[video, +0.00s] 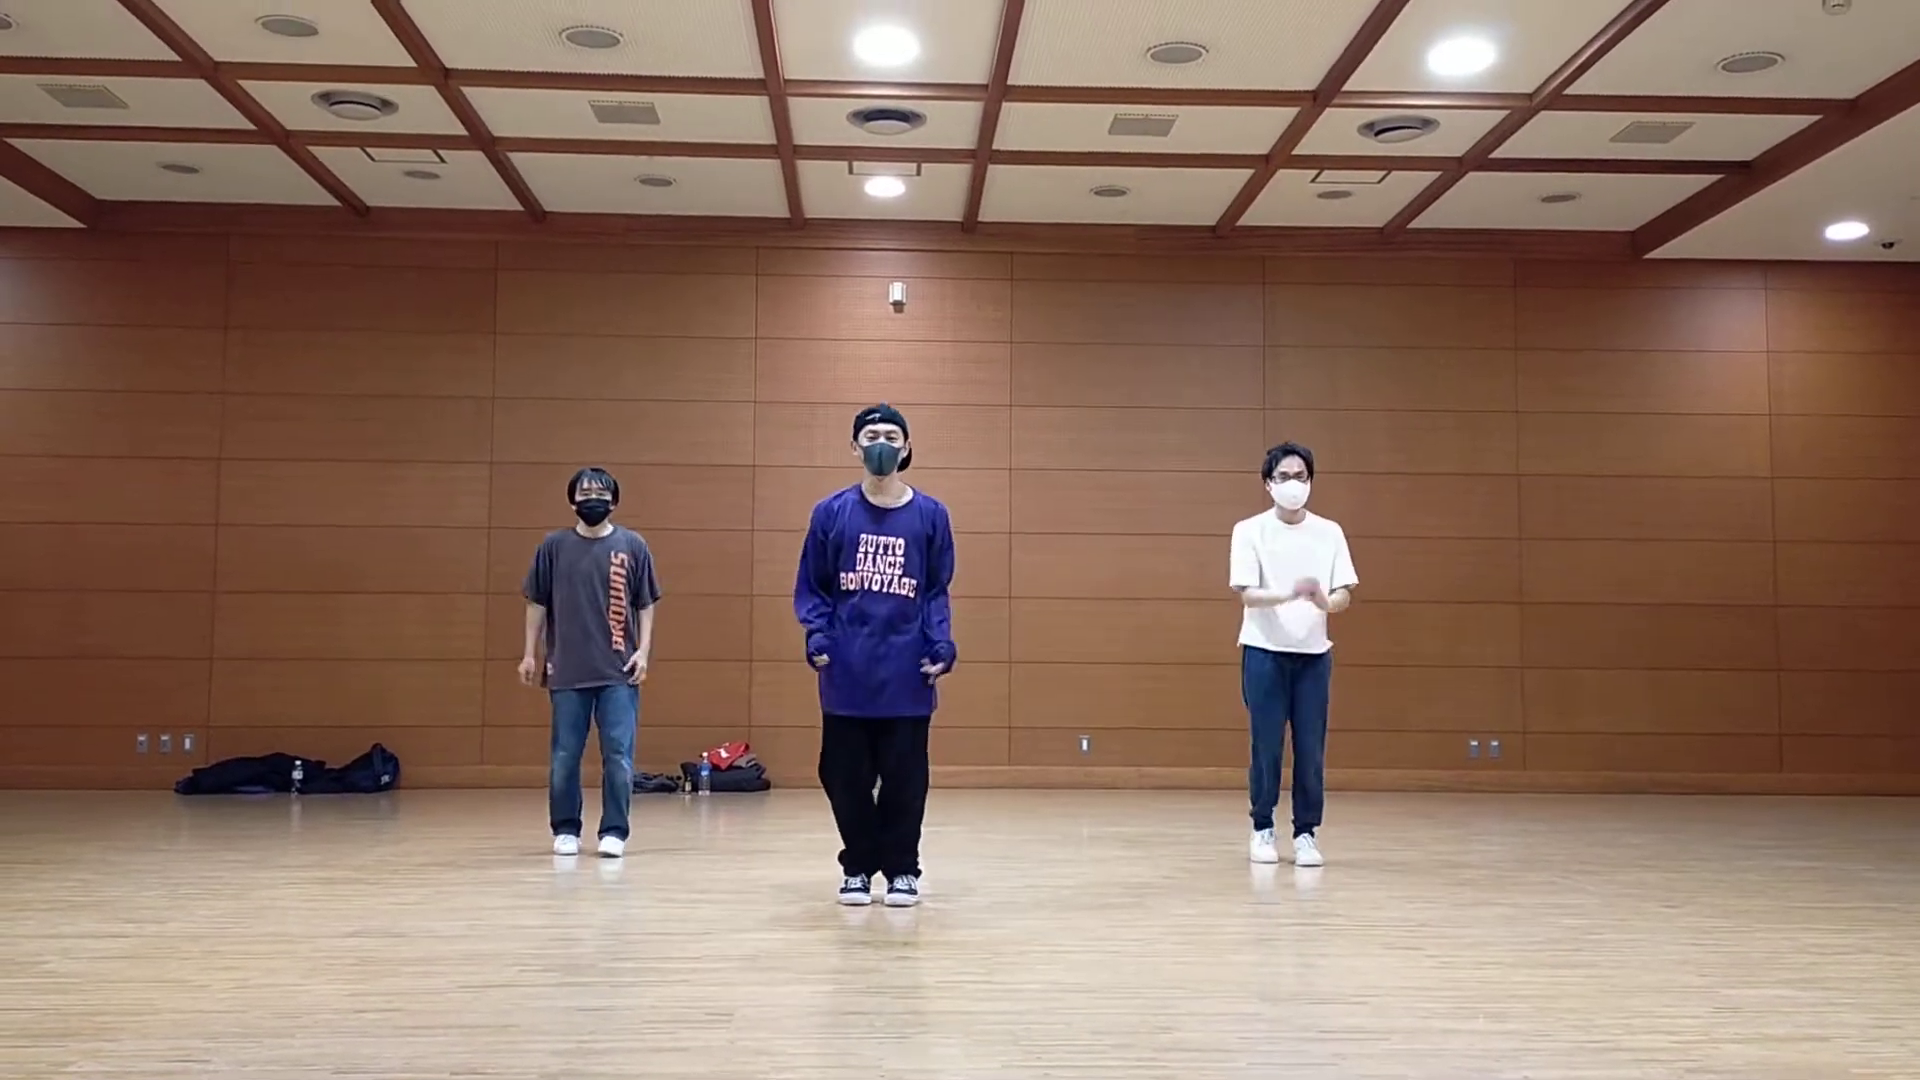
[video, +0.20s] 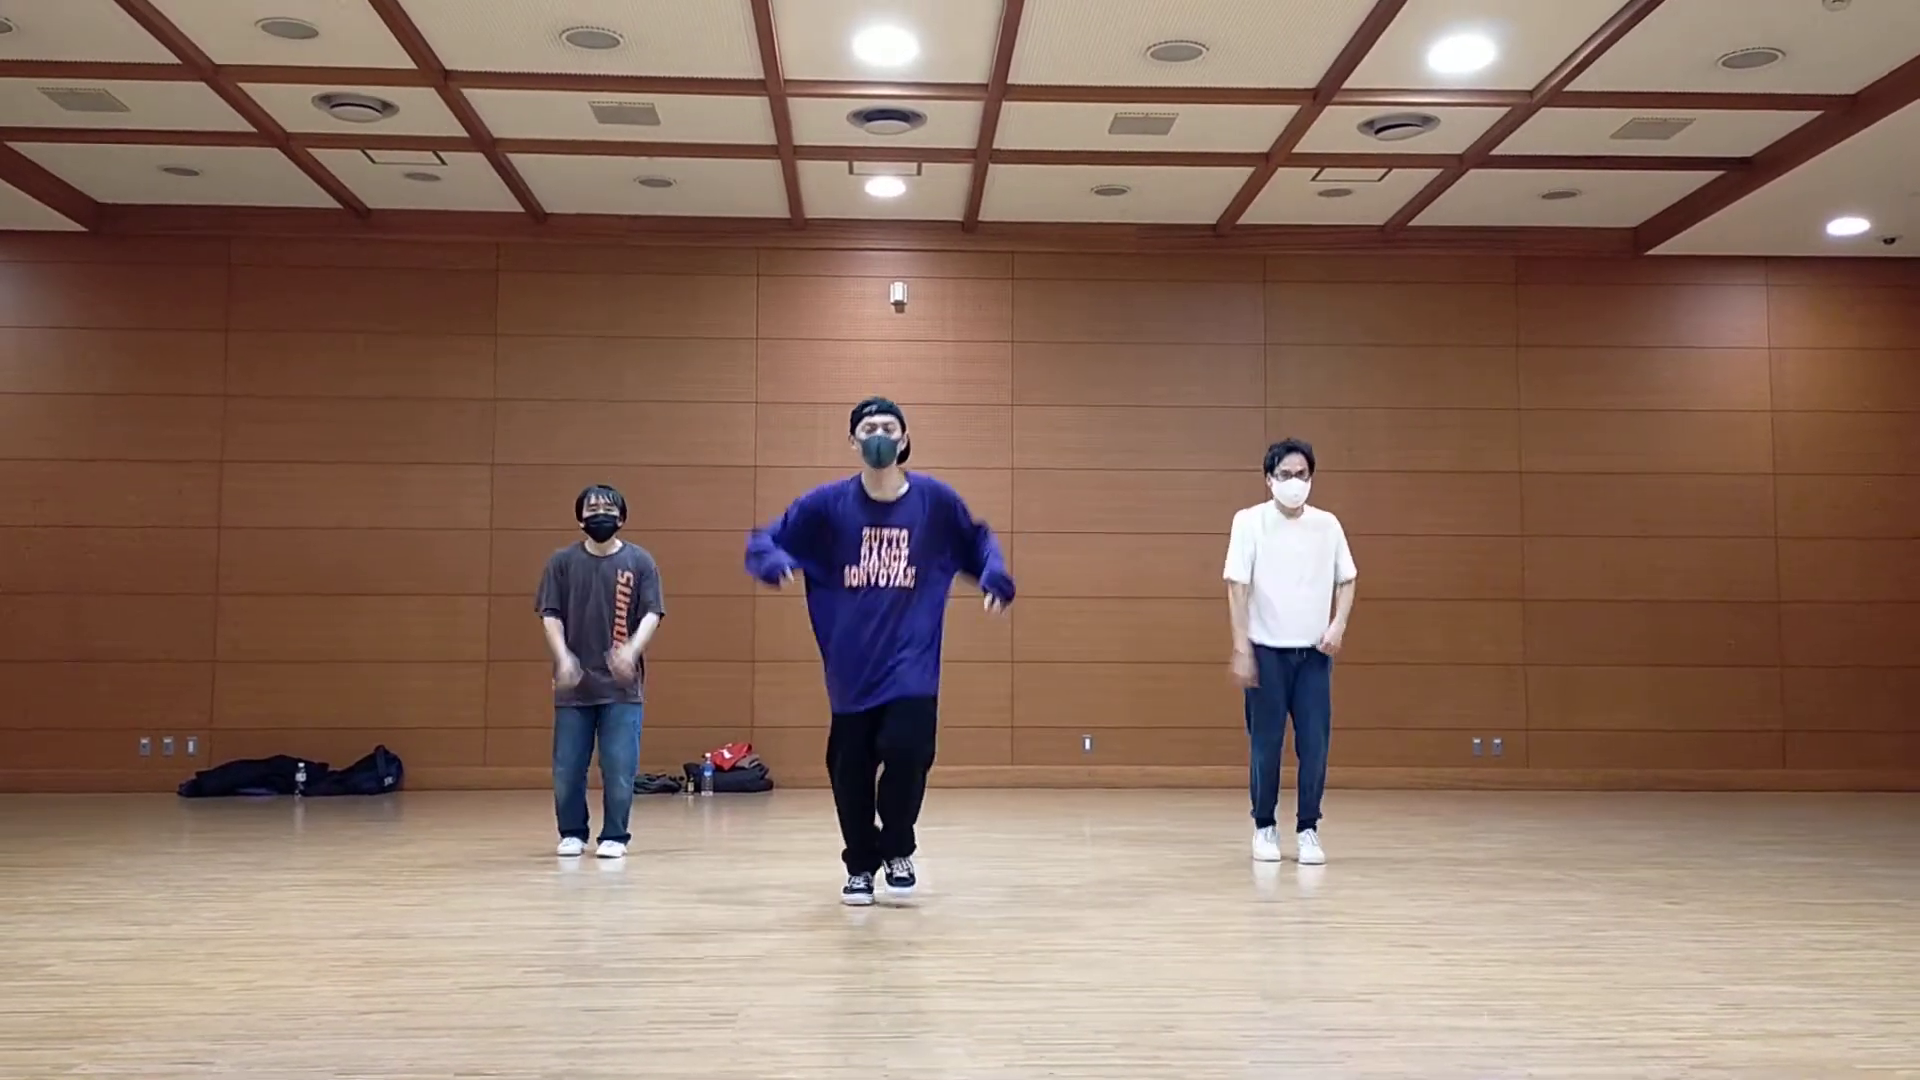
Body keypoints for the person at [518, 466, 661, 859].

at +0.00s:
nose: (592, 500)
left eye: (599, 494)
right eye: (585, 494)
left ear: (611, 500)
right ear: (574, 500)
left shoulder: (633, 546)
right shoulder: (553, 546)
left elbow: (645, 603)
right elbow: (536, 603)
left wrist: (643, 649)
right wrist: (530, 654)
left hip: (617, 669)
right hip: (567, 669)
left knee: (618, 754)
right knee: (565, 754)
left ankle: (613, 833)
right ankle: (565, 831)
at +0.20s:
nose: (599, 514)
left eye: (607, 508)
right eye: (592, 508)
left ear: (620, 516)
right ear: (581, 517)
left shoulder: (639, 561)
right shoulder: (561, 562)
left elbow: (652, 613)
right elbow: (550, 615)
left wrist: (631, 651)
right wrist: (563, 657)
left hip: (621, 684)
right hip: (574, 682)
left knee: (618, 764)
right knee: (567, 765)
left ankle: (614, 837)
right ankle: (572, 834)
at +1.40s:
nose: (598, 477)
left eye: (607, 470)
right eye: (590, 470)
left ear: (622, 479)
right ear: (578, 480)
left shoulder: (644, 522)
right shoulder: (558, 523)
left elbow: (674, 576)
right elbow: (531, 577)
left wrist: (671, 560)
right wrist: (563, 579)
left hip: (632, 661)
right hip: (574, 661)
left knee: (650, 747)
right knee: (554, 752)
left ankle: (660, 846)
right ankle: (540, 848)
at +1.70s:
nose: (591, 518)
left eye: (599, 511)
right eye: (584, 512)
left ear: (616, 521)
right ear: (571, 523)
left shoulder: (640, 570)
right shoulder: (550, 569)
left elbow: (681, 604)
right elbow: (509, 610)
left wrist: (733, 609)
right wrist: (452, 629)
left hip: (625, 706)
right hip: (566, 706)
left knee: (657, 778)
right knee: (535, 783)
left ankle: (695, 858)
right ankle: (502, 864)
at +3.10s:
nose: (753, 530)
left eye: (761, 523)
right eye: (745, 524)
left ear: (775, 529)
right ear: (734, 533)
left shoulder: (799, 574)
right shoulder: (723, 583)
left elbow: (830, 629)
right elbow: (717, 635)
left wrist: (835, 679)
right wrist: (727, 665)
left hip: (794, 696)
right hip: (751, 702)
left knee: (781, 770)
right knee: (783, 780)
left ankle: (833, 849)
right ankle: (841, 846)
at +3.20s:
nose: (755, 516)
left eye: (763, 508)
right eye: (747, 510)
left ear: (779, 516)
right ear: (737, 520)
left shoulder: (798, 563)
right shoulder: (730, 569)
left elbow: (812, 625)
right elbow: (730, 626)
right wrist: (728, 671)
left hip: (797, 689)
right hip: (755, 692)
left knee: (796, 772)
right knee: (783, 781)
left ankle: (847, 853)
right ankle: (835, 850)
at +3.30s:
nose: (744, 504)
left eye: (752, 496)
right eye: (736, 497)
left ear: (768, 502)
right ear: (727, 505)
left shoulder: (785, 544)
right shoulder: (727, 552)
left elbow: (793, 605)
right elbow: (736, 605)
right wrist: (726, 651)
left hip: (796, 674)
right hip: (754, 677)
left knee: (810, 764)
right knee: (752, 765)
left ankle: (846, 855)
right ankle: (805, 834)